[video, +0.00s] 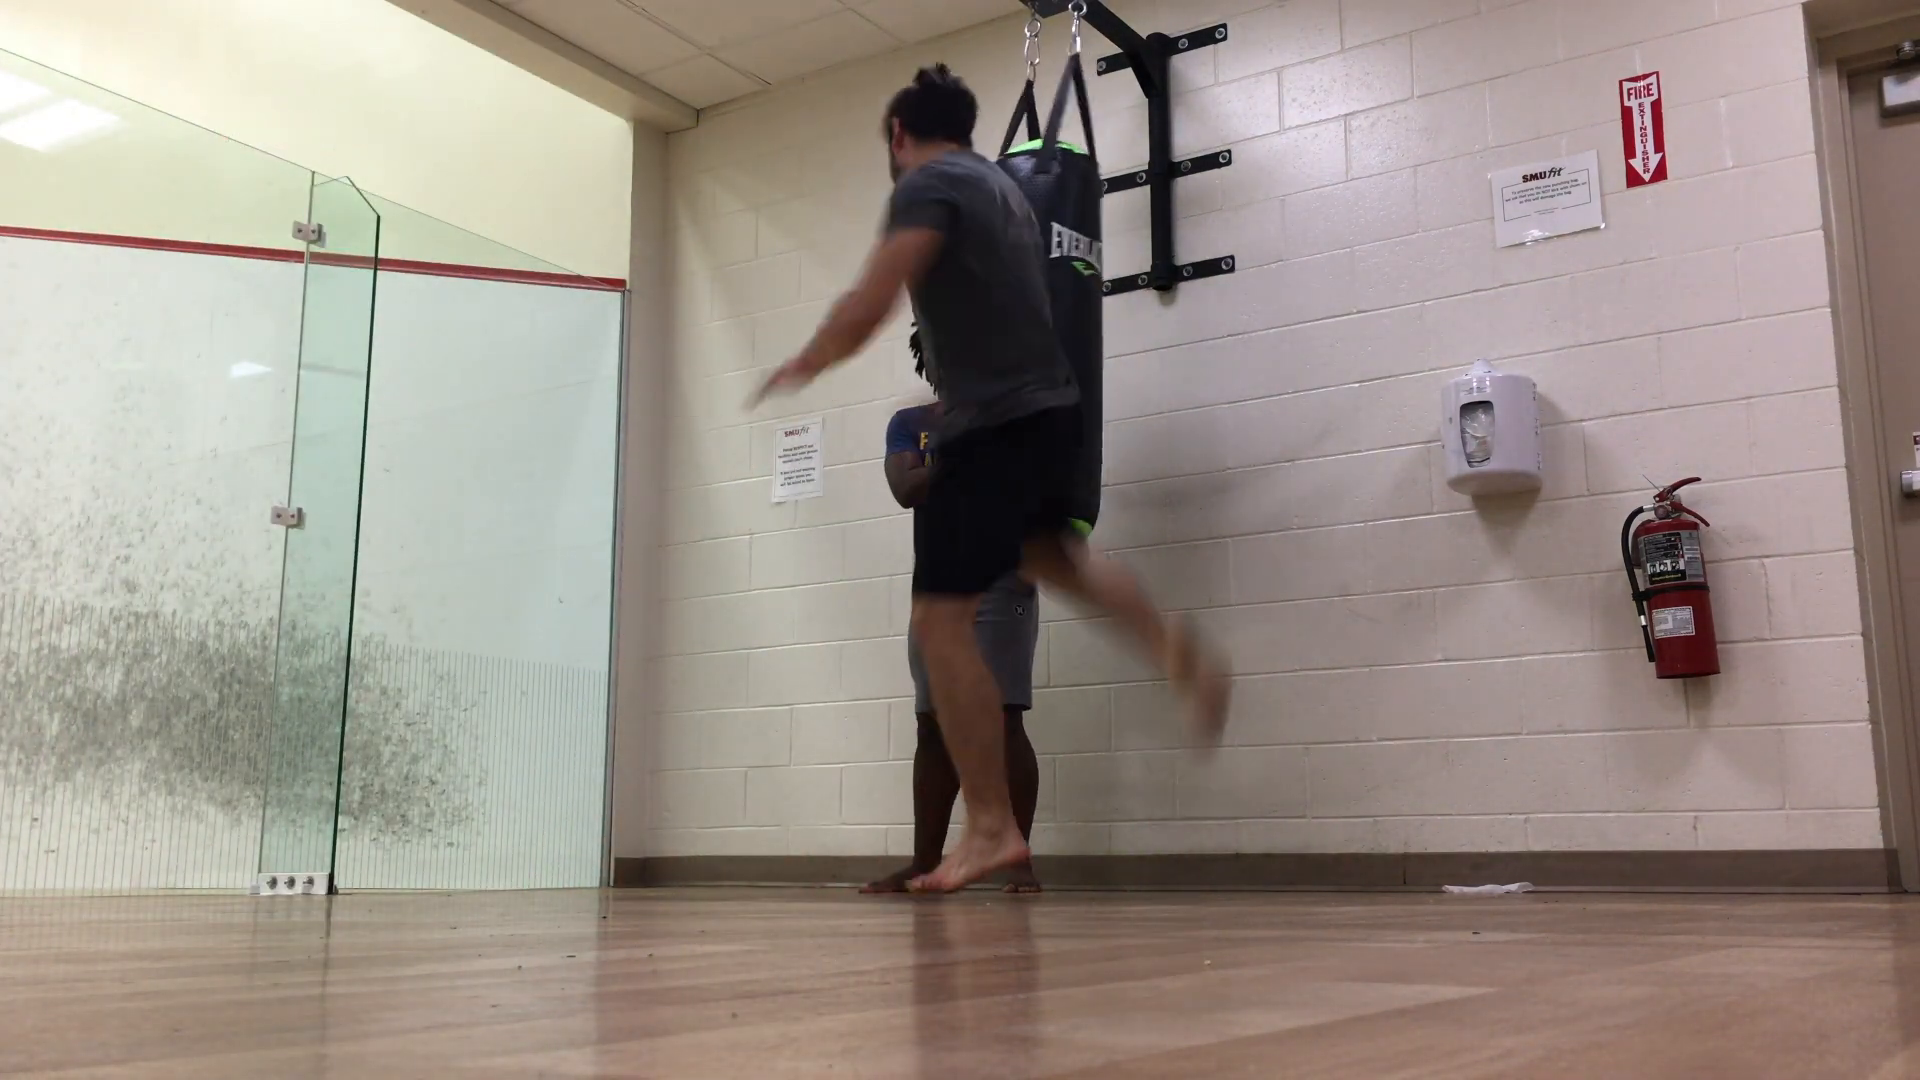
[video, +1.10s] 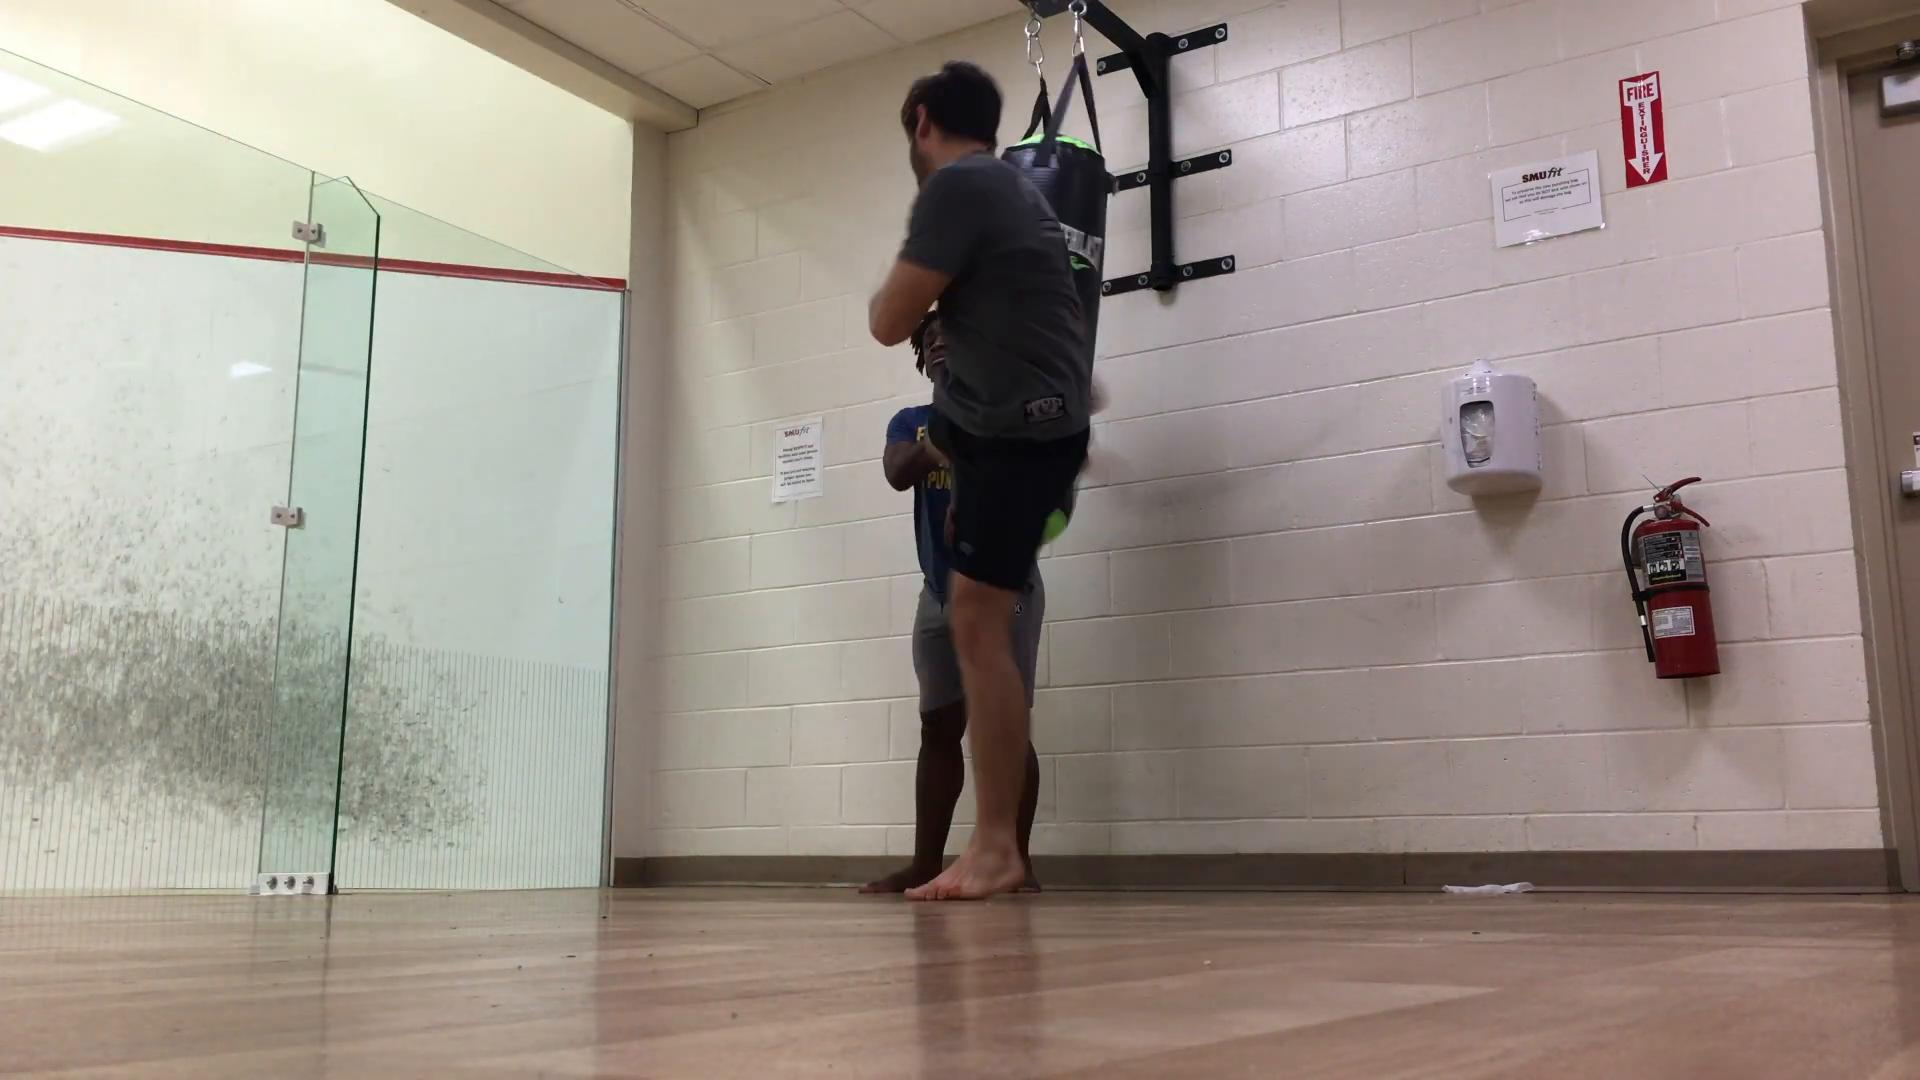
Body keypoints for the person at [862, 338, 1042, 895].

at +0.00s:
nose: (937, 363)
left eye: (944, 351)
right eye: (929, 353)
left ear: (977, 359)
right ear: (925, 363)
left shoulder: (1013, 424)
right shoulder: (910, 422)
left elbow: (1043, 491)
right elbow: (904, 490)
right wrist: (960, 460)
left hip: (1008, 593)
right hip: (939, 596)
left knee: (1005, 723)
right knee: (933, 726)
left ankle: (1019, 857)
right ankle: (927, 859)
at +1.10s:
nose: (940, 354)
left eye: (949, 342)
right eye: (931, 346)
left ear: (975, 350)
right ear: (922, 359)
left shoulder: (1013, 420)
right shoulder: (913, 422)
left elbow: (1051, 488)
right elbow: (897, 474)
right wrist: (935, 444)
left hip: (1010, 594)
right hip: (942, 595)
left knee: (1009, 728)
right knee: (939, 727)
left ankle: (1015, 857)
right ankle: (927, 862)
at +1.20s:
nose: (937, 358)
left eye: (946, 348)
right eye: (929, 350)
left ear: (972, 354)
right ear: (921, 360)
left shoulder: (1001, 416)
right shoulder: (910, 420)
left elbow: (1052, 486)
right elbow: (889, 469)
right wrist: (949, 413)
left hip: (998, 602)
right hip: (938, 600)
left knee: (1004, 731)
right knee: (937, 731)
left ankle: (1014, 857)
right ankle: (926, 863)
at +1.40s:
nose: (930, 359)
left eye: (938, 348)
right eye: (923, 352)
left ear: (965, 351)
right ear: (919, 362)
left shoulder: (1000, 418)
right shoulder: (918, 413)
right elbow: (881, 473)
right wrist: (922, 435)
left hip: (1004, 584)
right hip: (944, 588)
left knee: (997, 714)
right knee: (940, 718)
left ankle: (1018, 854)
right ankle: (926, 862)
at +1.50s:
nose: (928, 357)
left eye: (934, 345)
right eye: (922, 348)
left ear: (961, 351)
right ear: (917, 360)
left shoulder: (993, 418)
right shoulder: (912, 418)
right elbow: (883, 465)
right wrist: (946, 413)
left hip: (1001, 593)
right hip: (937, 595)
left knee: (999, 723)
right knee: (937, 729)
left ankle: (1016, 855)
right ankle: (926, 864)